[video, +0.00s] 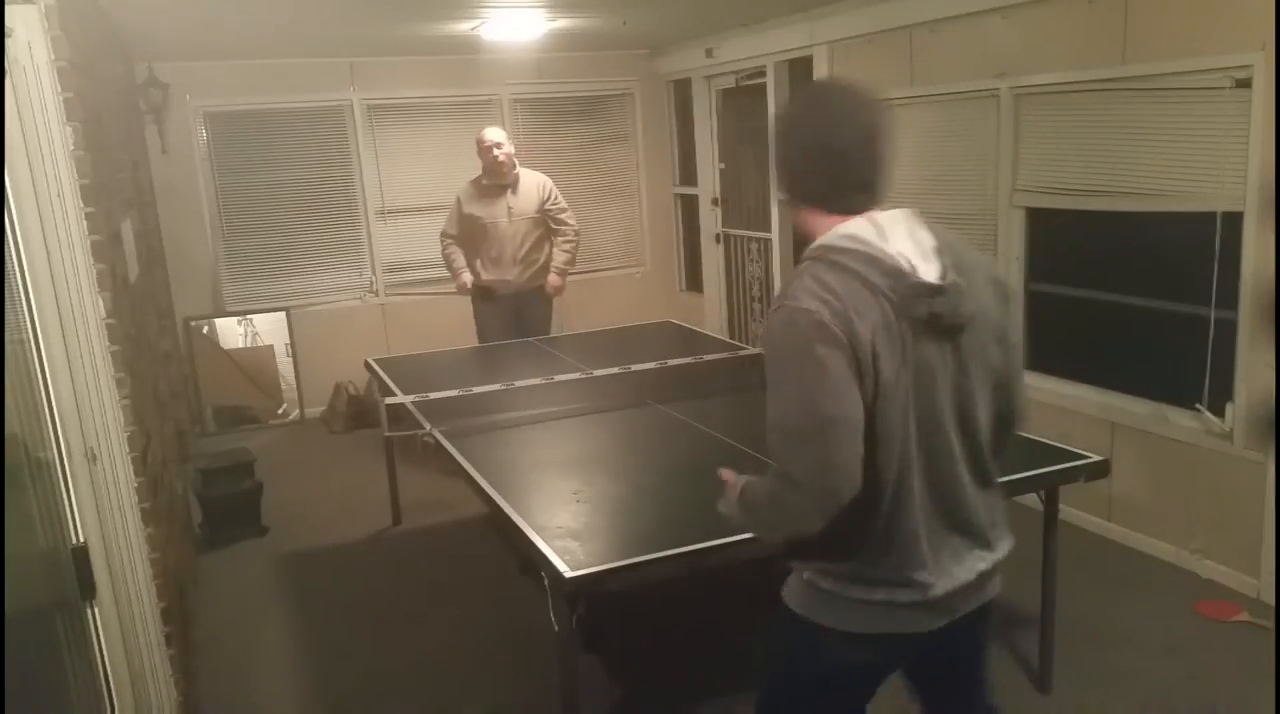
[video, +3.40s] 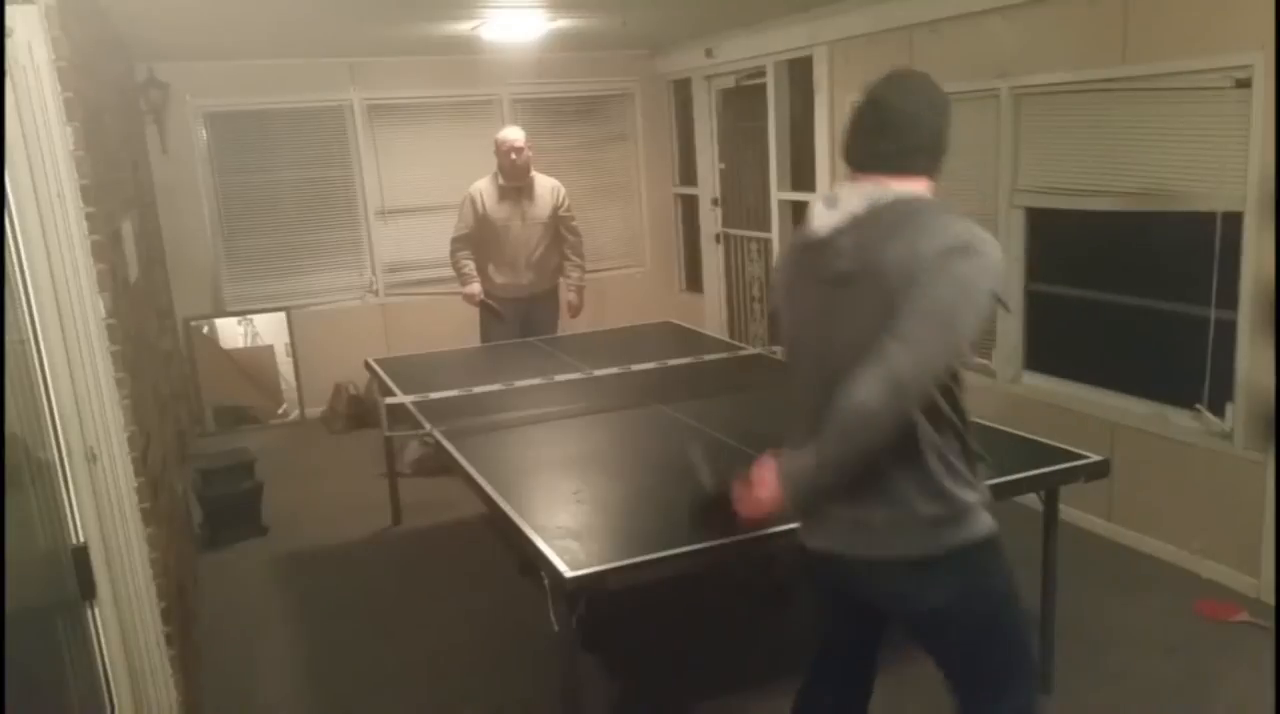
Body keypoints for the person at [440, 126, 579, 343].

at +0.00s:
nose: (495, 153)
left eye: (499, 146)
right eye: (487, 148)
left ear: (512, 147)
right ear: (480, 156)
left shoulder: (540, 184)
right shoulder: (467, 195)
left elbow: (567, 229)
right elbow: (450, 239)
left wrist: (558, 271)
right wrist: (461, 272)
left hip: (534, 295)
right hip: (489, 298)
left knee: (537, 363)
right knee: (495, 366)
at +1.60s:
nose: (521, 164)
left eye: (525, 156)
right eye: (513, 158)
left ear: (530, 155)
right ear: (498, 157)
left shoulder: (549, 192)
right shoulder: (481, 195)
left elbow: (565, 244)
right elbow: (463, 244)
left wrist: (572, 289)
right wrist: (501, 276)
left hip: (540, 296)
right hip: (497, 299)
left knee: (544, 364)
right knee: (500, 368)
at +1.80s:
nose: (522, 165)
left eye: (526, 157)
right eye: (514, 159)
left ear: (532, 156)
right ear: (498, 158)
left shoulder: (548, 193)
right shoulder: (482, 194)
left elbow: (564, 244)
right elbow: (475, 239)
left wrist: (572, 288)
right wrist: (523, 253)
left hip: (539, 298)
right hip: (495, 300)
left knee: (545, 368)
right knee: (500, 372)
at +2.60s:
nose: (522, 160)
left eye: (526, 154)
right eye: (515, 154)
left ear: (533, 153)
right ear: (500, 155)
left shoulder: (551, 193)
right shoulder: (482, 193)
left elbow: (565, 245)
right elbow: (459, 238)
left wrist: (571, 289)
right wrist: (485, 267)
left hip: (540, 298)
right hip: (498, 298)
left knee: (541, 368)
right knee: (501, 369)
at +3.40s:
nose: (513, 158)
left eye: (518, 150)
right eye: (506, 152)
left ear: (529, 151)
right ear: (496, 155)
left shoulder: (553, 190)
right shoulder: (478, 194)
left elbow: (572, 243)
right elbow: (461, 244)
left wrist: (574, 288)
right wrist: (470, 281)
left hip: (543, 299)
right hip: (498, 301)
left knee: (543, 369)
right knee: (500, 372)